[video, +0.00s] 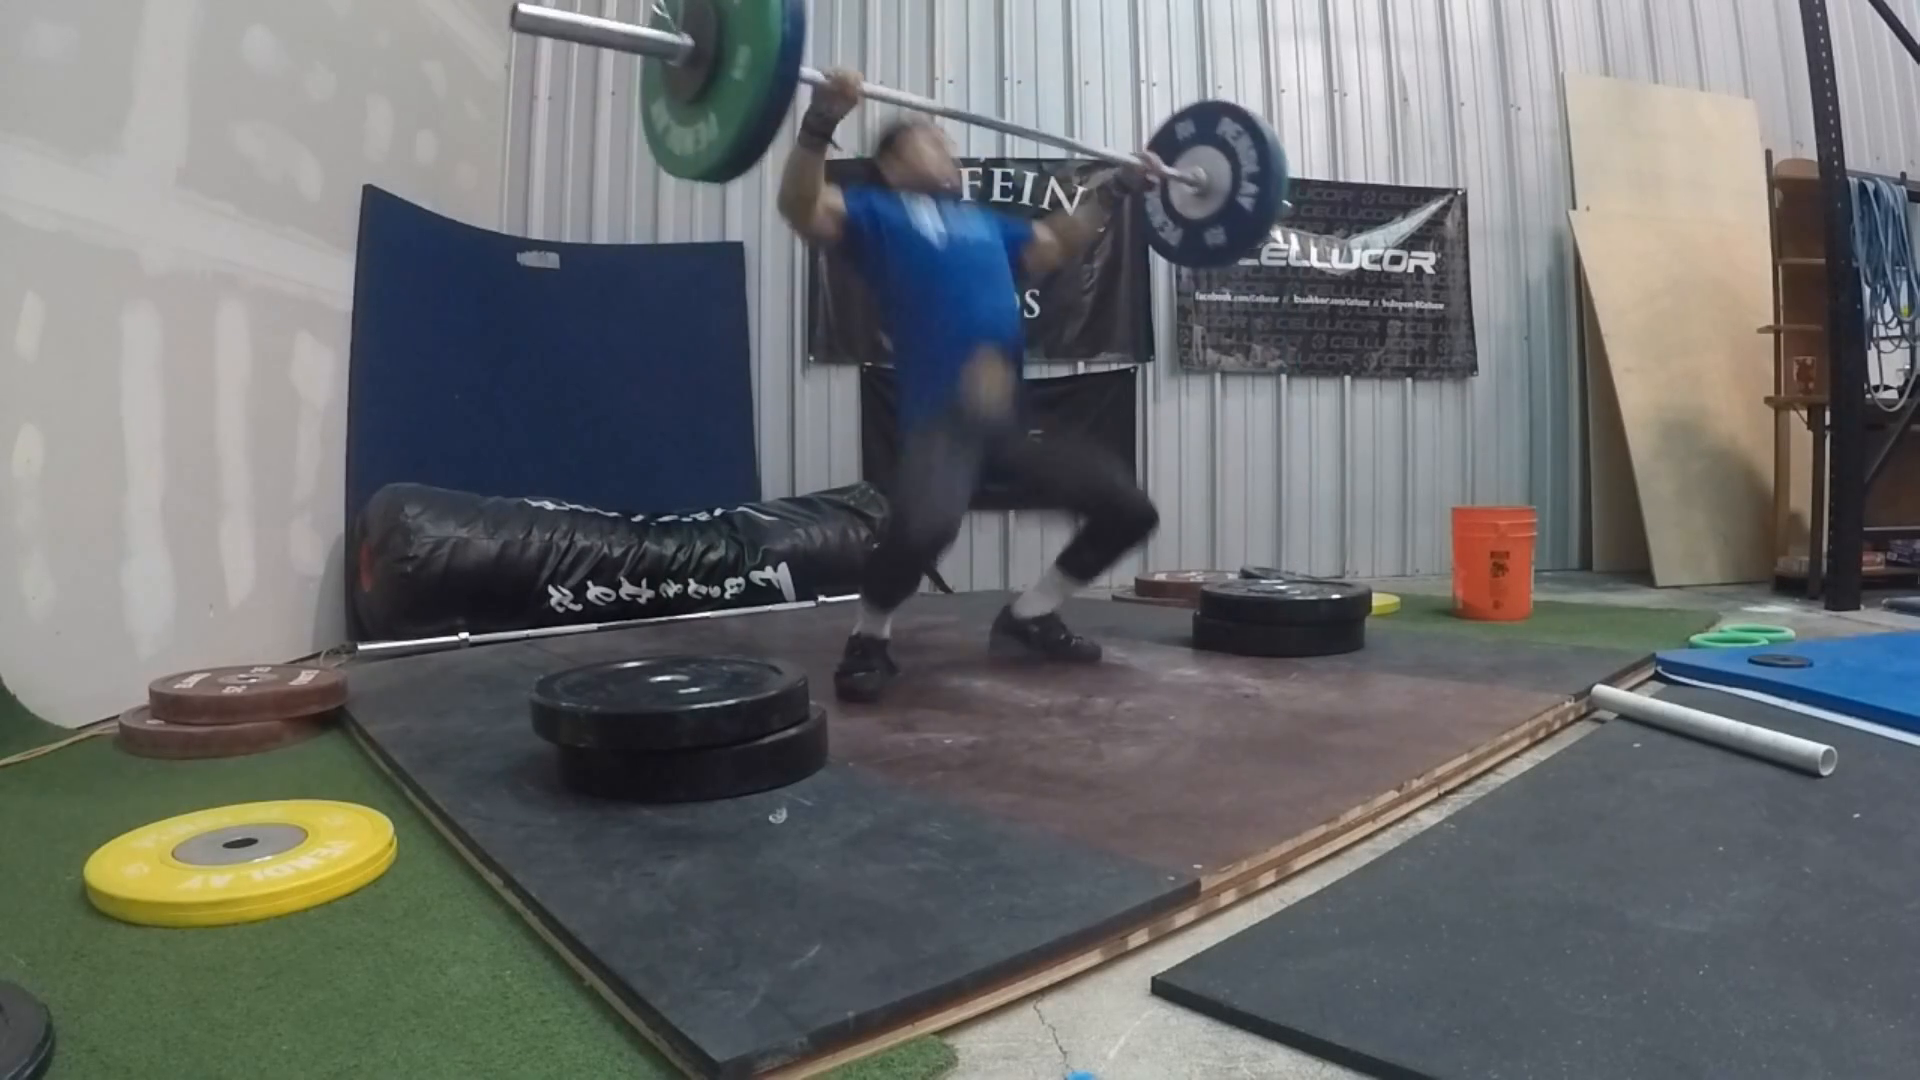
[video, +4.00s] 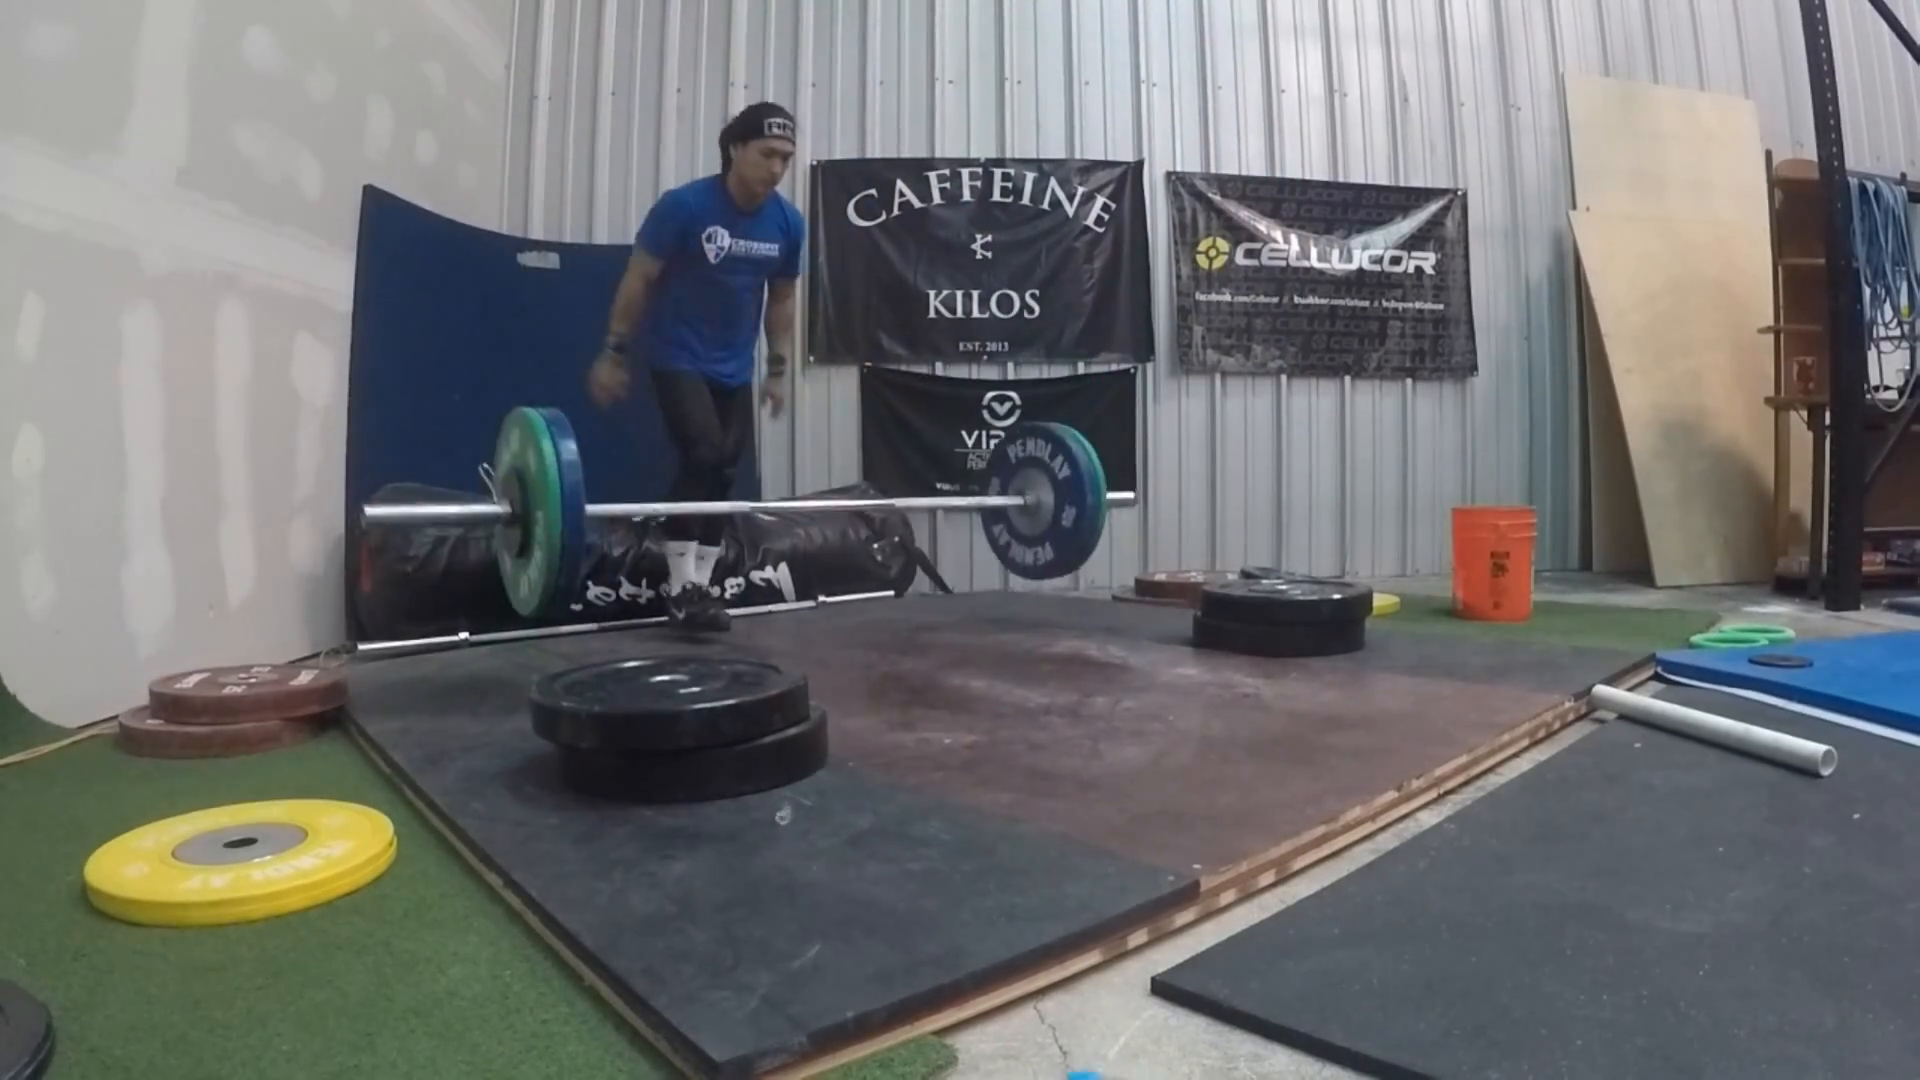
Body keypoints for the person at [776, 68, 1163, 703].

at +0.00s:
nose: (951, 152)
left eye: (948, 143)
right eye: (932, 142)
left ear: (949, 161)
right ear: (894, 161)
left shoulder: (984, 223)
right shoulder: (877, 211)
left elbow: (1049, 249)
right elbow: (799, 206)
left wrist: (1113, 190)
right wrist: (820, 123)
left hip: (1009, 427)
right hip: (937, 430)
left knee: (1129, 512)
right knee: (924, 528)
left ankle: (1030, 613)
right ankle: (869, 638)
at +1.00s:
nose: (1045, 269)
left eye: (1048, 257)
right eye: (1029, 255)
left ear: (1052, 268)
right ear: (980, 270)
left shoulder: (1039, 312)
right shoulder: (927, 312)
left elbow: (1079, 258)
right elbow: (855, 240)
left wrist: (1107, 208)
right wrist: (793, 153)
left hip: (990, 506)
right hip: (905, 506)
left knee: (1094, 501)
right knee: (939, 526)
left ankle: (1025, 619)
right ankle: (872, 639)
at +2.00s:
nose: (1005, 14)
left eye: (1011, 5)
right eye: (989, 1)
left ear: (1012, 16)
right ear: (945, 10)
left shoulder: (1012, 77)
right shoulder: (905, 61)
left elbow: (1056, 37)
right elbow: (839, 7)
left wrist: (1095, 8)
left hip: (982, 318)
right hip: (901, 314)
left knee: (995, 465)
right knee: (890, 468)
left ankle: (991, 623)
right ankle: (864, 636)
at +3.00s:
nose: (814, 107)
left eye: (822, 99)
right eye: (803, 95)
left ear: (826, 106)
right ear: (768, 93)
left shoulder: (835, 179)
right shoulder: (729, 149)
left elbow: (879, 252)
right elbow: (670, 213)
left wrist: (946, 278)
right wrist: (682, 252)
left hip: (810, 342)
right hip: (741, 339)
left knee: (875, 440)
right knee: (760, 452)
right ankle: (745, 608)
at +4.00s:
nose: (776, 168)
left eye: (784, 159)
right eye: (766, 156)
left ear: (789, 162)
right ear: (733, 152)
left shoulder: (787, 223)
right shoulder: (683, 208)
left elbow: (782, 298)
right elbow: (636, 278)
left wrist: (780, 371)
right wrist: (613, 350)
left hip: (733, 364)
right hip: (674, 355)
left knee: (723, 469)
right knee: (705, 455)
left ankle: (701, 589)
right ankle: (680, 586)